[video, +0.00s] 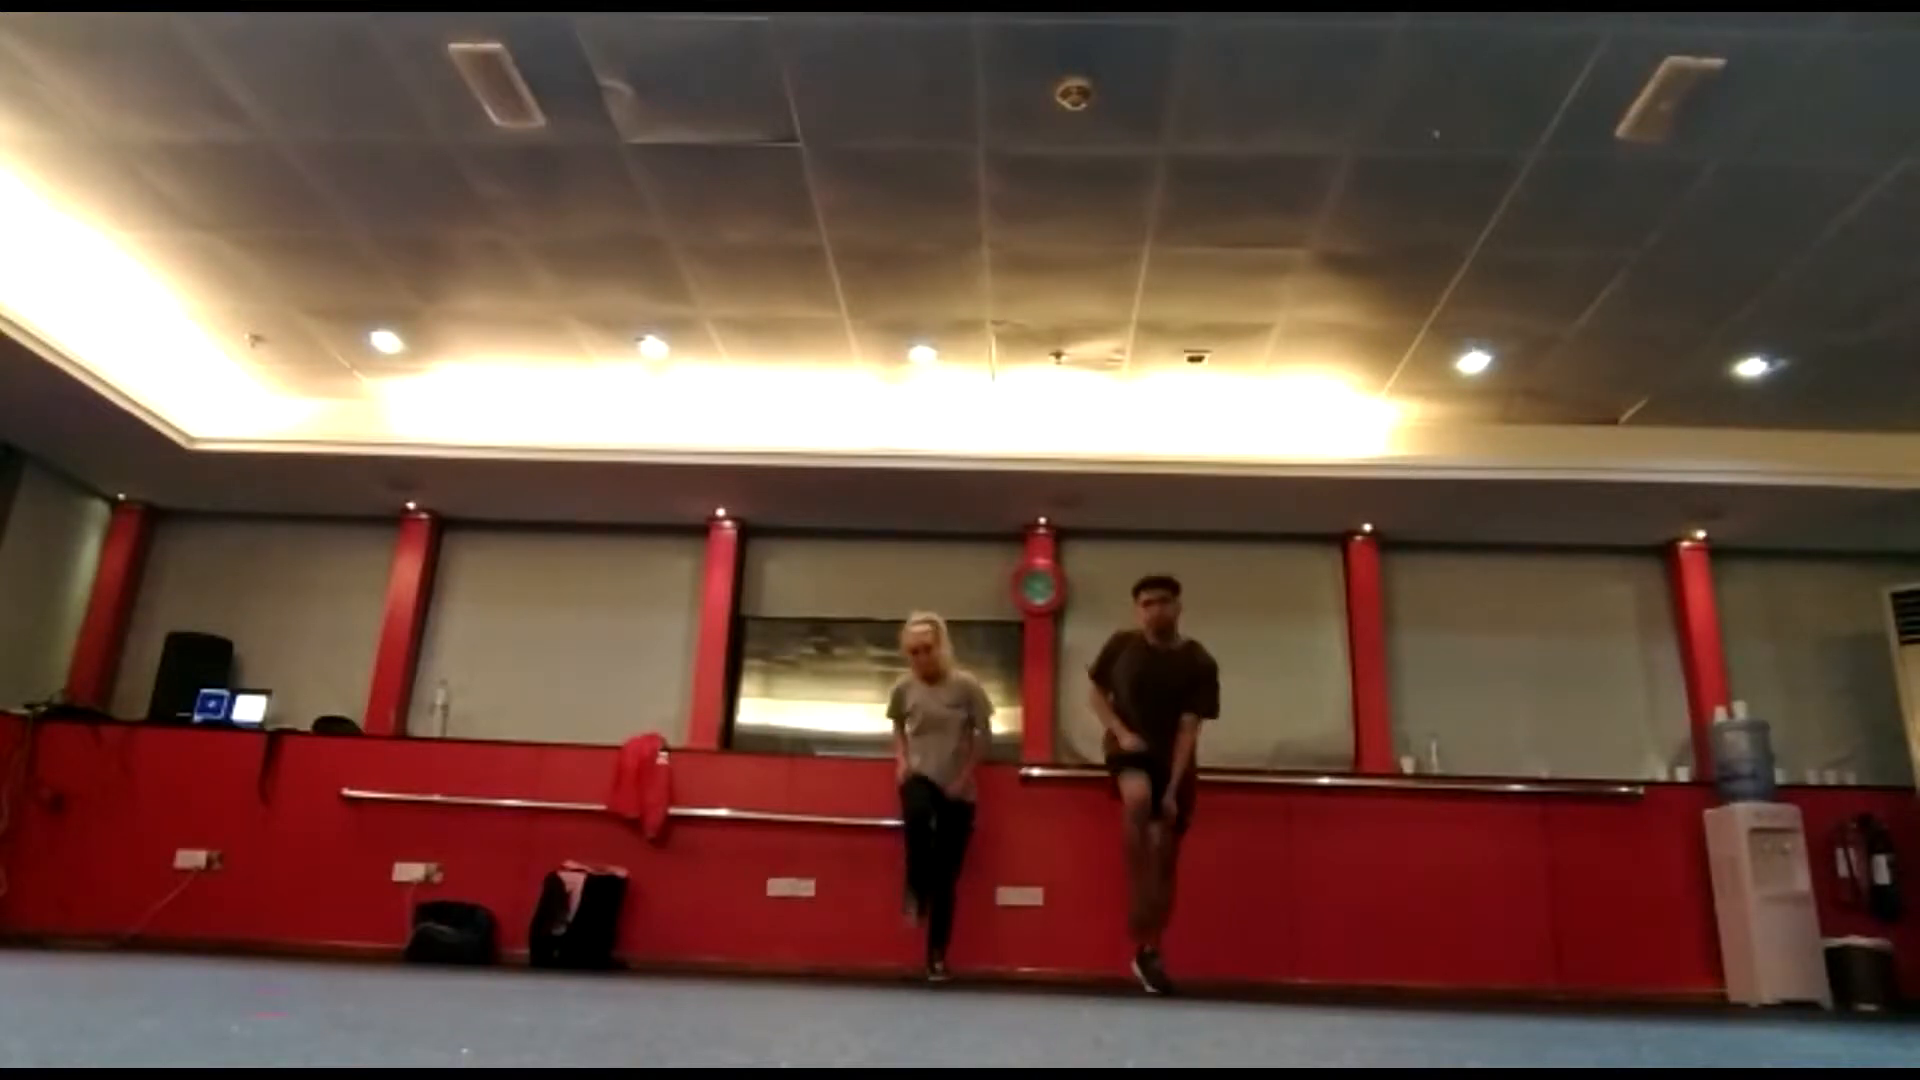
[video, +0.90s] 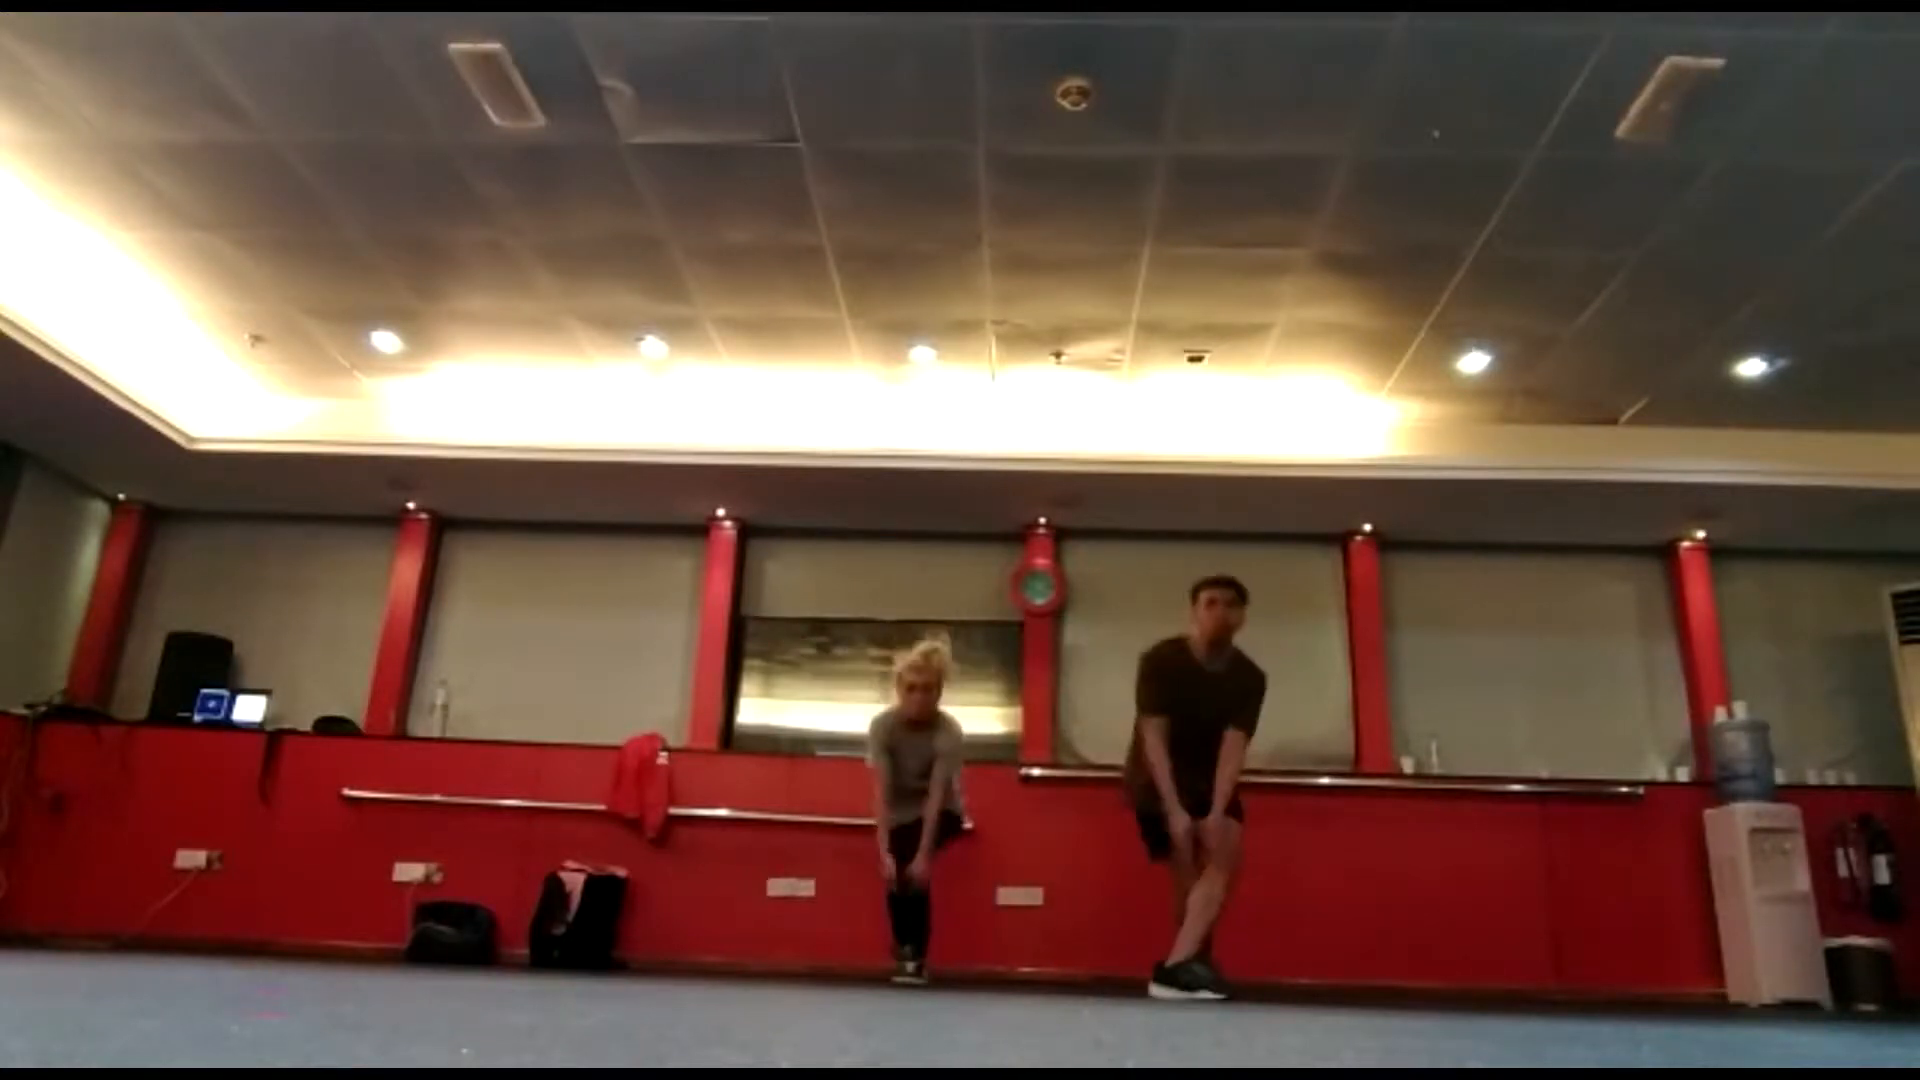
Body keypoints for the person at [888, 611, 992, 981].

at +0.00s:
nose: (921, 658)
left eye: (927, 649)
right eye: (914, 651)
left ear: (941, 647)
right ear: (906, 654)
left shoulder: (967, 688)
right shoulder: (903, 691)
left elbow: (982, 738)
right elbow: (898, 728)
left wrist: (965, 777)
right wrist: (902, 760)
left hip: (955, 786)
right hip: (918, 779)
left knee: (945, 874)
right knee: (917, 817)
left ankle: (937, 955)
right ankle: (917, 890)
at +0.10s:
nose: (915, 671)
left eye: (921, 662)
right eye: (908, 663)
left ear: (936, 659)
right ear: (900, 664)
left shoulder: (962, 693)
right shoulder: (901, 700)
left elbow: (984, 737)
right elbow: (900, 735)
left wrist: (965, 779)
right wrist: (902, 772)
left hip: (957, 797)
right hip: (919, 793)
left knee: (947, 877)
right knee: (916, 866)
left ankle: (939, 956)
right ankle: (910, 929)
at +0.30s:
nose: (906, 683)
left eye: (913, 675)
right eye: (899, 676)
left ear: (926, 676)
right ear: (890, 679)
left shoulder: (947, 710)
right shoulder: (887, 722)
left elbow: (967, 754)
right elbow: (894, 771)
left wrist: (942, 801)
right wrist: (903, 809)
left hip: (955, 814)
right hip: (916, 814)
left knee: (945, 884)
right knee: (910, 884)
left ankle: (936, 946)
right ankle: (908, 953)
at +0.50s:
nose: (922, 642)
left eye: (929, 634)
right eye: (915, 634)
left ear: (940, 635)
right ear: (903, 635)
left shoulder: (955, 672)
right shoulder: (896, 671)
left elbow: (972, 717)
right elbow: (873, 701)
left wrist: (968, 752)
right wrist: (895, 659)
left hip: (947, 787)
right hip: (903, 786)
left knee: (942, 869)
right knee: (907, 877)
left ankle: (950, 905)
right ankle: (909, 955)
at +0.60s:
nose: (921, 629)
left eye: (929, 621)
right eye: (915, 620)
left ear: (942, 624)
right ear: (902, 622)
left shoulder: (956, 664)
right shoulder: (883, 661)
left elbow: (1007, 678)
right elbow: (823, 658)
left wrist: (1055, 667)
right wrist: (781, 630)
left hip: (947, 776)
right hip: (902, 777)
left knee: (933, 857)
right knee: (907, 864)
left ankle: (934, 942)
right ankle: (909, 949)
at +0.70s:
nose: (920, 650)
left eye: (928, 641)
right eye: (914, 641)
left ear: (939, 644)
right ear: (900, 644)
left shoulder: (952, 684)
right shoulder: (885, 685)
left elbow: (982, 689)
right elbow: (857, 683)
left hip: (944, 789)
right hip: (900, 789)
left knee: (929, 863)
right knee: (904, 869)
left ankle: (923, 938)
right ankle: (907, 950)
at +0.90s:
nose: (918, 698)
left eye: (927, 689)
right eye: (911, 688)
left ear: (940, 691)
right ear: (899, 688)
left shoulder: (948, 733)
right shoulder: (883, 727)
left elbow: (936, 796)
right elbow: (881, 793)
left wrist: (924, 855)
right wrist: (884, 851)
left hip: (939, 811)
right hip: (901, 813)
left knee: (914, 872)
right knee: (896, 873)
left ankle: (916, 956)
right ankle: (903, 952)